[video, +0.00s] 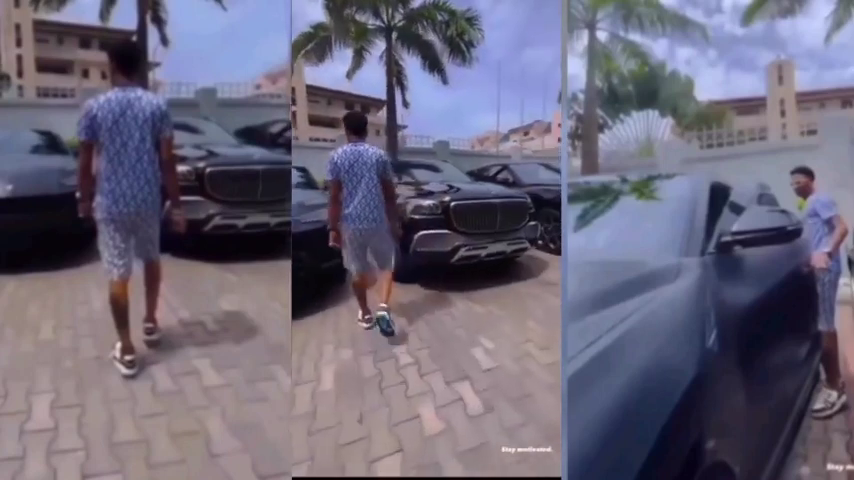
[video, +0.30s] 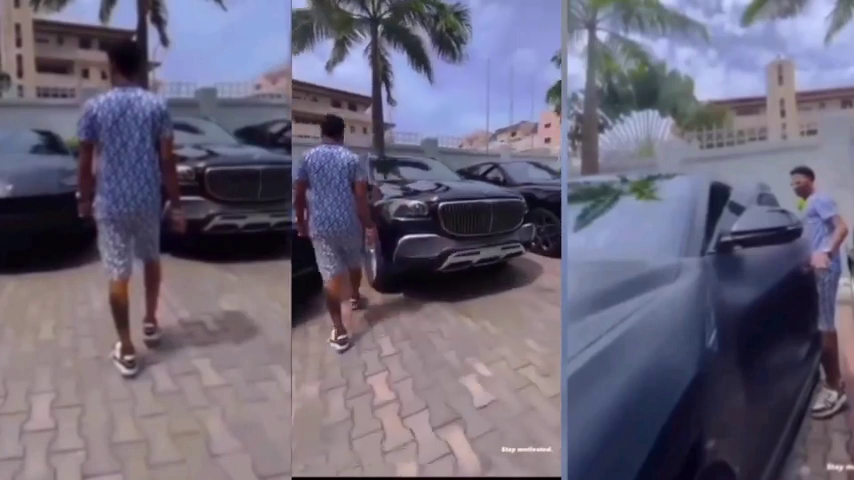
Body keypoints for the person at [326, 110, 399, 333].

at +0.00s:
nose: (352, 134)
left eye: (347, 129)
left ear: (345, 130)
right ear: (366, 130)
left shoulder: (336, 157)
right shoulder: (378, 155)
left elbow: (334, 196)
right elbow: (389, 193)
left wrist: (333, 228)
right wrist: (394, 222)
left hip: (351, 223)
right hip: (378, 222)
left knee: (357, 271)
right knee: (387, 265)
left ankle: (365, 313)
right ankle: (384, 305)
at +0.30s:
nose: (336, 137)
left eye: (328, 133)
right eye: (340, 133)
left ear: (321, 133)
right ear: (342, 133)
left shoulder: (309, 157)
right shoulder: (352, 158)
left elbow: (299, 193)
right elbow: (360, 195)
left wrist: (301, 222)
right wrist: (368, 223)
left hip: (320, 224)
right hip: (348, 223)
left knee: (330, 277)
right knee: (354, 262)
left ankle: (339, 331)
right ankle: (355, 296)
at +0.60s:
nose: (323, 138)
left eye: (315, 133)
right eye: (327, 135)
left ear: (308, 134)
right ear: (329, 135)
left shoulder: (296, 159)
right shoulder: (336, 161)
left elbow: (295, 189)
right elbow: (344, 196)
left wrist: (297, 218)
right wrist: (351, 225)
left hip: (305, 221)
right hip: (332, 220)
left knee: (304, 266)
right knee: (335, 264)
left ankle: (310, 310)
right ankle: (331, 308)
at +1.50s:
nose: (334, 139)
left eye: (329, 136)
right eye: (337, 136)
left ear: (322, 137)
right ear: (340, 137)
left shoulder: (312, 161)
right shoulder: (349, 159)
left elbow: (311, 192)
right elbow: (357, 189)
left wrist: (318, 205)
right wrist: (360, 207)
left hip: (325, 214)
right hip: (349, 213)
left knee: (334, 260)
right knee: (357, 252)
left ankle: (342, 305)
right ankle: (357, 290)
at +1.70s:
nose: (354, 145)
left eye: (349, 142)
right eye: (357, 142)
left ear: (344, 143)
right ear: (362, 143)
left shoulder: (333, 165)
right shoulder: (368, 165)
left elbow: (333, 193)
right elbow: (373, 193)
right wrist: (382, 187)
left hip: (344, 217)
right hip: (366, 216)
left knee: (351, 260)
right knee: (369, 256)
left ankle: (357, 307)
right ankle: (367, 283)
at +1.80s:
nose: (367, 148)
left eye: (362, 144)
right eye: (370, 145)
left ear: (356, 145)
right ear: (373, 146)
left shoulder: (346, 167)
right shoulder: (377, 168)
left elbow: (345, 190)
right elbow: (381, 196)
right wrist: (390, 187)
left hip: (354, 215)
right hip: (374, 215)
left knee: (359, 258)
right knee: (376, 253)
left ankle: (364, 304)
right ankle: (373, 284)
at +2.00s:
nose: (392, 148)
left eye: (386, 145)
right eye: (393, 145)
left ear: (378, 146)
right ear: (394, 146)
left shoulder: (369, 165)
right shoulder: (395, 167)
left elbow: (368, 186)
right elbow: (396, 196)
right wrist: (406, 191)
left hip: (374, 213)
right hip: (392, 214)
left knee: (375, 250)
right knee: (394, 253)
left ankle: (377, 283)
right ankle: (390, 286)